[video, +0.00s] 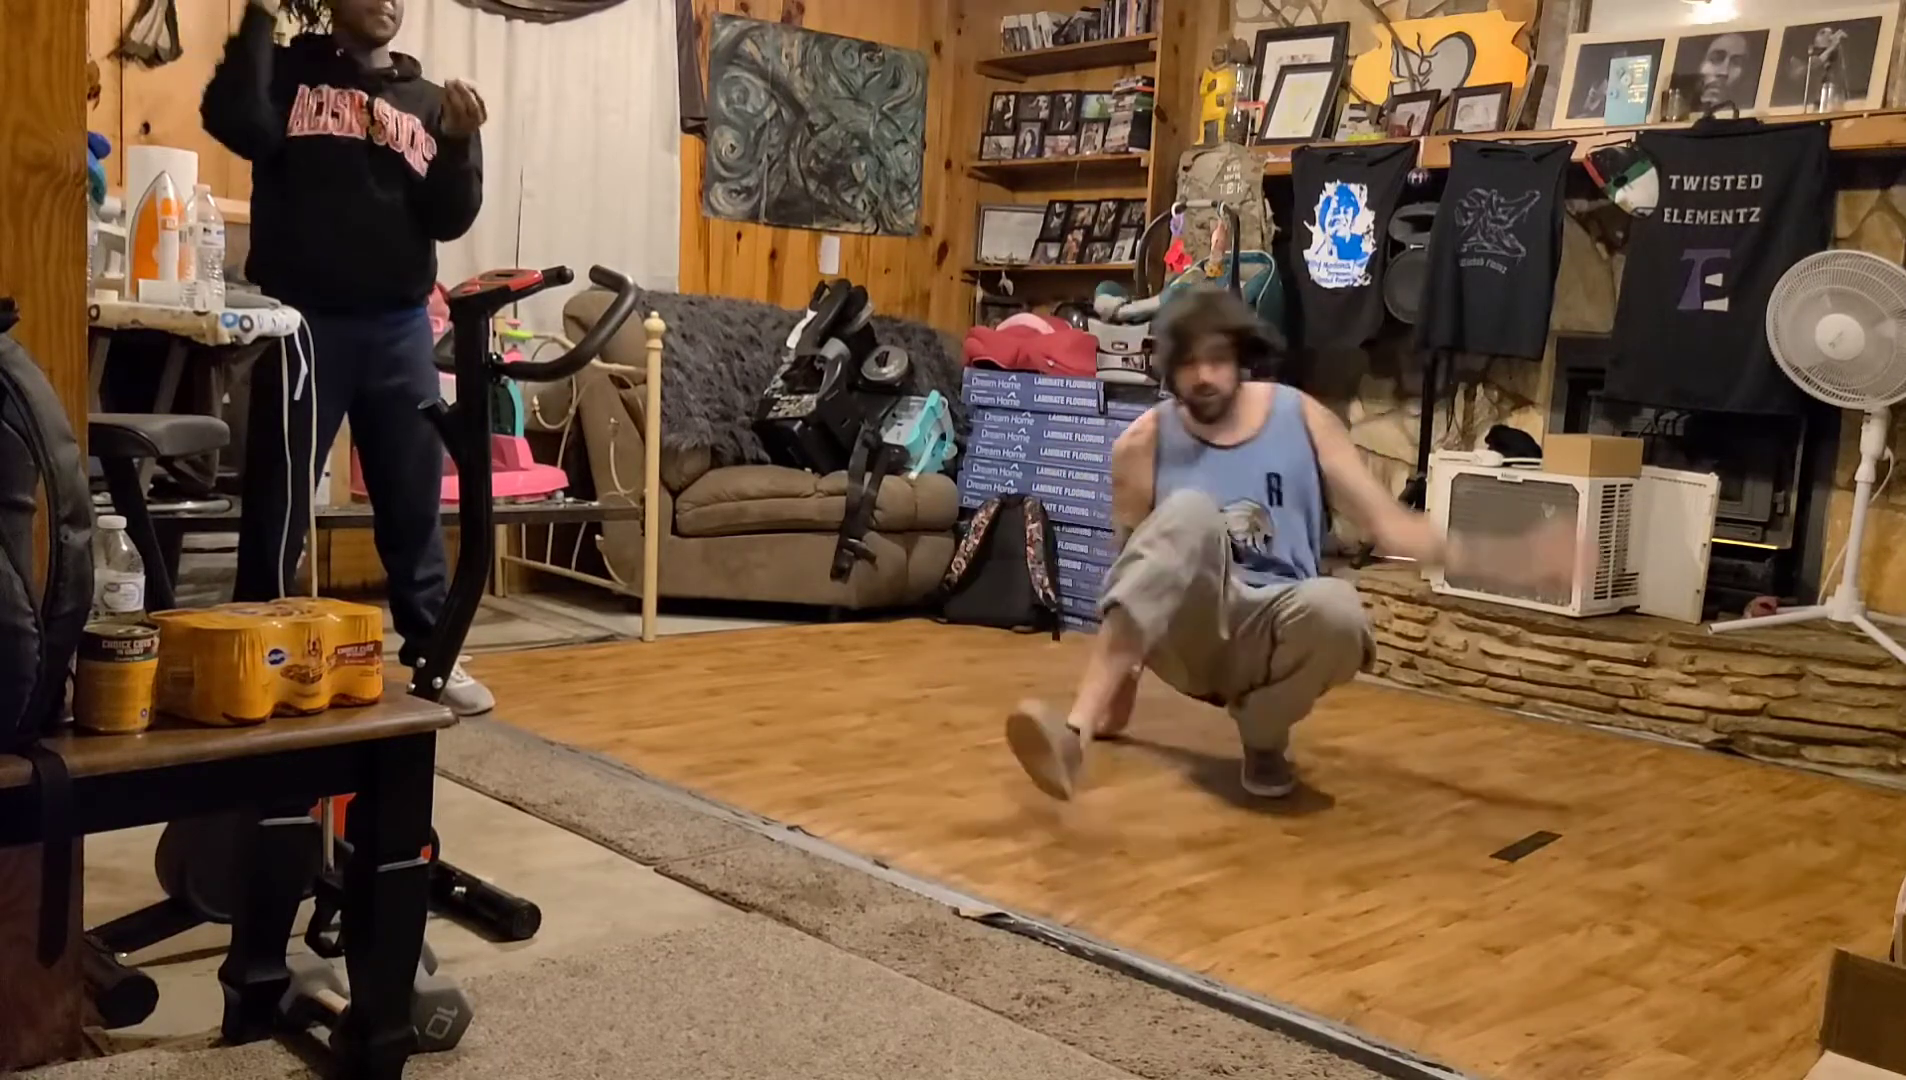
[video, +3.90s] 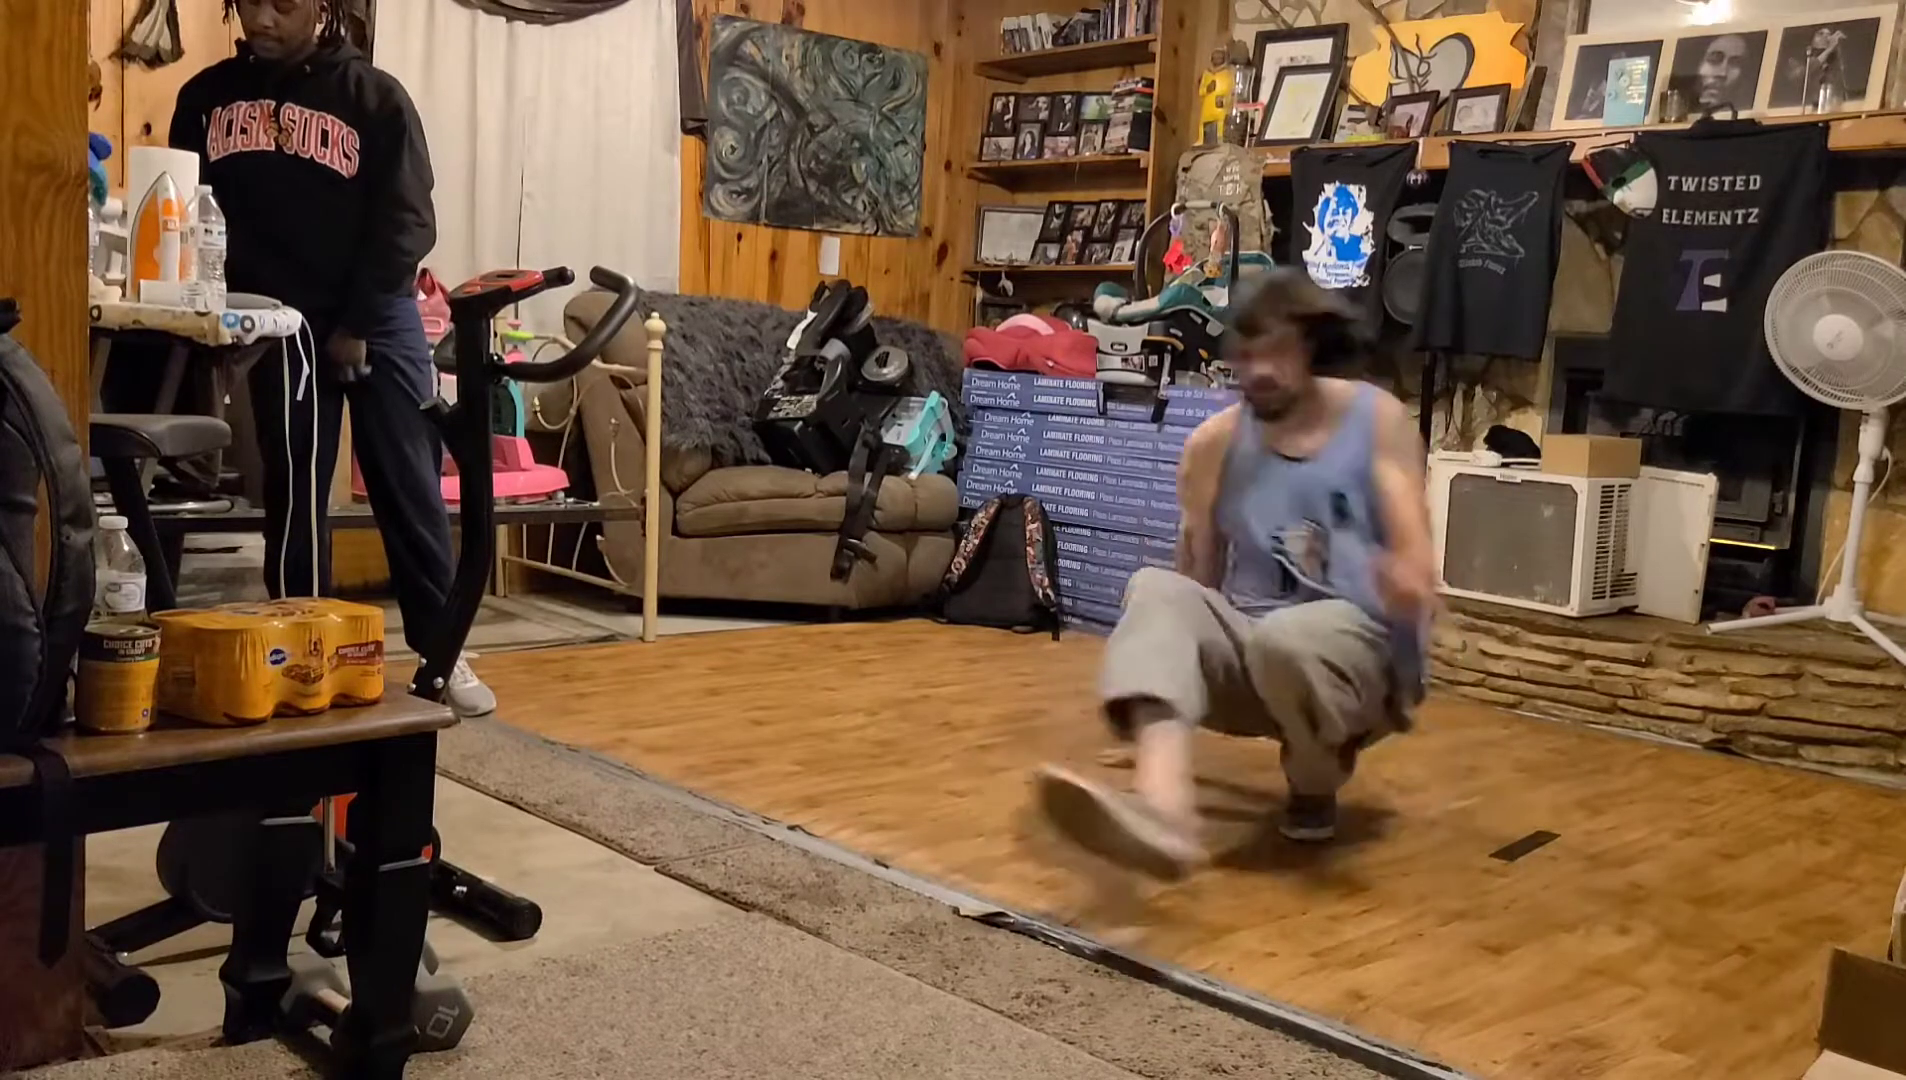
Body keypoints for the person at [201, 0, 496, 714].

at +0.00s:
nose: (386, 3)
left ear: (401, 11)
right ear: (331, 2)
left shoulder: (429, 99)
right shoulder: (287, 63)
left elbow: (448, 220)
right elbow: (234, 121)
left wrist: (463, 141)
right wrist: (257, 22)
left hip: (398, 325)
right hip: (298, 322)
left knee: (413, 499)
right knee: (278, 499)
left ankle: (432, 658)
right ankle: (252, 660)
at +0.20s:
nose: (414, 10)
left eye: (417, 3)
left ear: (415, 16)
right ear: (344, 4)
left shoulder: (435, 105)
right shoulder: (290, 74)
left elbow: (448, 224)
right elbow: (247, 149)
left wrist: (474, 156)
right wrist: (326, 117)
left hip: (400, 327)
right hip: (303, 326)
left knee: (415, 498)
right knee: (280, 499)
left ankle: (432, 656)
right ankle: (253, 660)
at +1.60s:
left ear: (477, 12)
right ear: (403, 8)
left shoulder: (508, 117)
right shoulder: (351, 89)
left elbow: (530, 236)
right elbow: (302, 186)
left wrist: (455, 249)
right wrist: (320, 204)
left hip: (451, 334)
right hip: (356, 327)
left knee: (449, 502)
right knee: (333, 495)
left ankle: (434, 661)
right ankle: (308, 657)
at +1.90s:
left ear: (417, 7)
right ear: (334, 5)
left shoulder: (456, 112)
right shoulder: (293, 93)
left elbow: (472, 245)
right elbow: (274, 197)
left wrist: (424, 333)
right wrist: (217, 214)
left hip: (416, 334)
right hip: (317, 329)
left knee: (433, 497)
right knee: (314, 494)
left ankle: (433, 657)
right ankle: (305, 654)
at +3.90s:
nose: (258, 17)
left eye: (278, 4)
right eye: (249, 3)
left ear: (320, 11)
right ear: (236, 8)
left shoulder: (373, 97)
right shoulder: (206, 97)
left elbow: (406, 226)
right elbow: (177, 215)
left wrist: (357, 322)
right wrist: (208, 316)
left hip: (376, 309)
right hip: (275, 314)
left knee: (409, 482)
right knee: (292, 488)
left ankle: (442, 653)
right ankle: (298, 650)